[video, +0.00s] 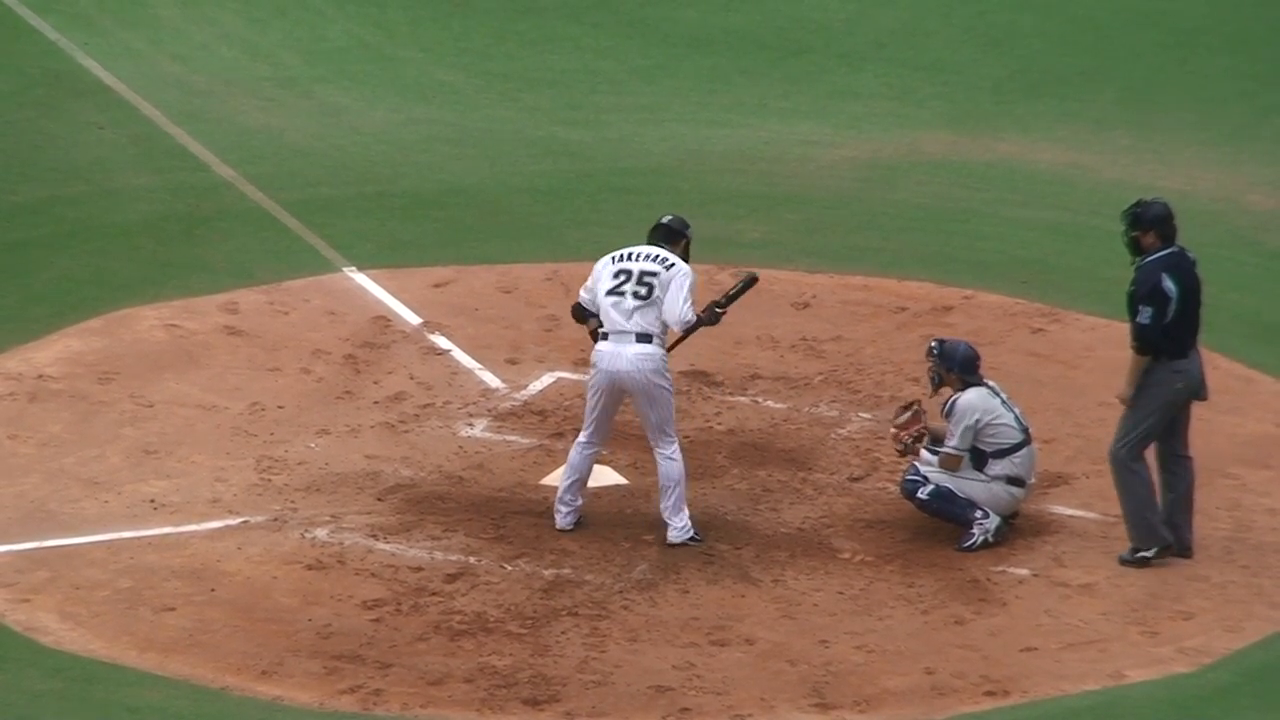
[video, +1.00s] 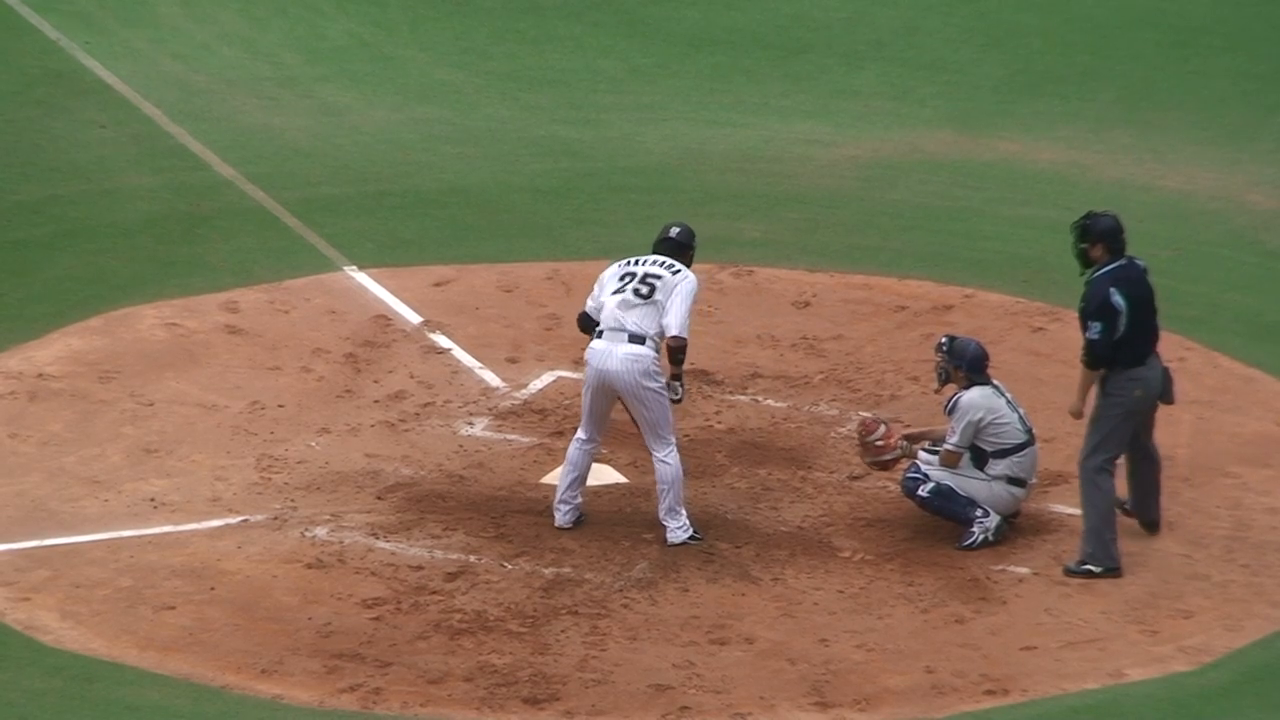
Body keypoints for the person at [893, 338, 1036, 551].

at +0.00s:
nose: (932, 370)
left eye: (937, 366)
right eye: (933, 364)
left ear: (953, 373)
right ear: (964, 372)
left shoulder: (966, 403)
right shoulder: (987, 387)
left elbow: (951, 464)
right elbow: (960, 439)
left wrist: (917, 450)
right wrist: (924, 429)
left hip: (1002, 492)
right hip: (1016, 483)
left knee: (913, 480)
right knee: (930, 451)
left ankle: (983, 520)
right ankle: (1001, 508)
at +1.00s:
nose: (940, 366)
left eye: (945, 362)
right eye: (942, 361)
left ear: (960, 371)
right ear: (973, 370)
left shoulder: (969, 402)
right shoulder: (992, 387)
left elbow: (948, 462)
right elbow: (961, 433)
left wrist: (912, 452)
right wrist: (920, 435)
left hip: (1004, 492)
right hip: (1018, 482)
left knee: (914, 478)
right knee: (929, 451)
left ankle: (983, 519)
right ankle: (1002, 506)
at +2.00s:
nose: (938, 368)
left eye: (944, 364)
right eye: (940, 362)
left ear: (959, 371)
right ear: (975, 369)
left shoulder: (972, 402)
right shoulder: (992, 387)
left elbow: (949, 461)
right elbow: (962, 433)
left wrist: (912, 460)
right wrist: (918, 430)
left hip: (1003, 491)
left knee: (913, 481)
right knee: (934, 447)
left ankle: (983, 519)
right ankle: (1003, 506)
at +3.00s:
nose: (941, 365)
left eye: (946, 362)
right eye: (943, 360)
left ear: (961, 370)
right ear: (976, 368)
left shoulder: (970, 401)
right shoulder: (993, 387)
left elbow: (946, 461)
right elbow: (963, 431)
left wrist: (908, 458)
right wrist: (923, 433)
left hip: (1002, 491)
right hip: (1016, 483)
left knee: (914, 480)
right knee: (925, 455)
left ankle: (983, 518)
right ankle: (1002, 506)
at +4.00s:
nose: (942, 367)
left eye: (947, 364)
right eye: (944, 362)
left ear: (962, 372)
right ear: (976, 371)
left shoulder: (975, 403)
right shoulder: (991, 390)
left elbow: (948, 462)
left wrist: (907, 463)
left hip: (1000, 493)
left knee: (913, 483)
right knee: (930, 450)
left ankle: (983, 522)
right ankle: (997, 509)